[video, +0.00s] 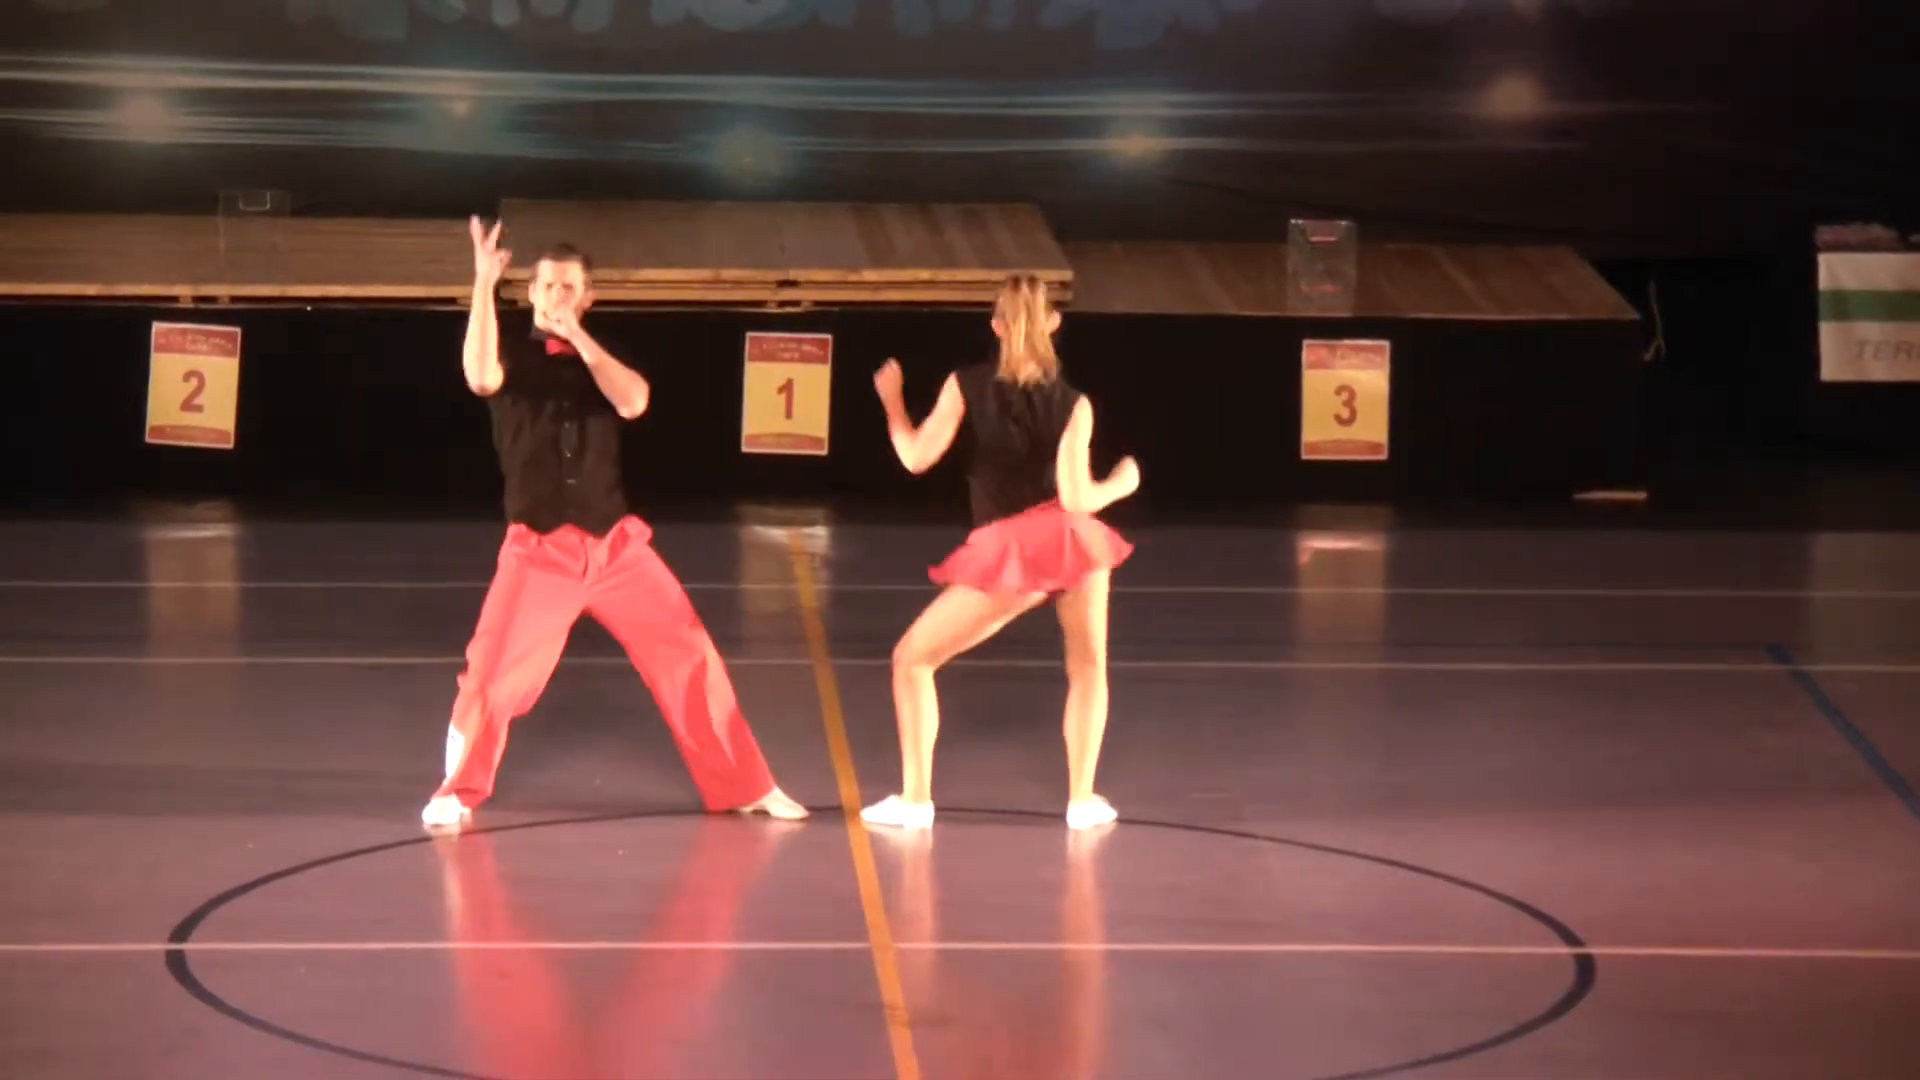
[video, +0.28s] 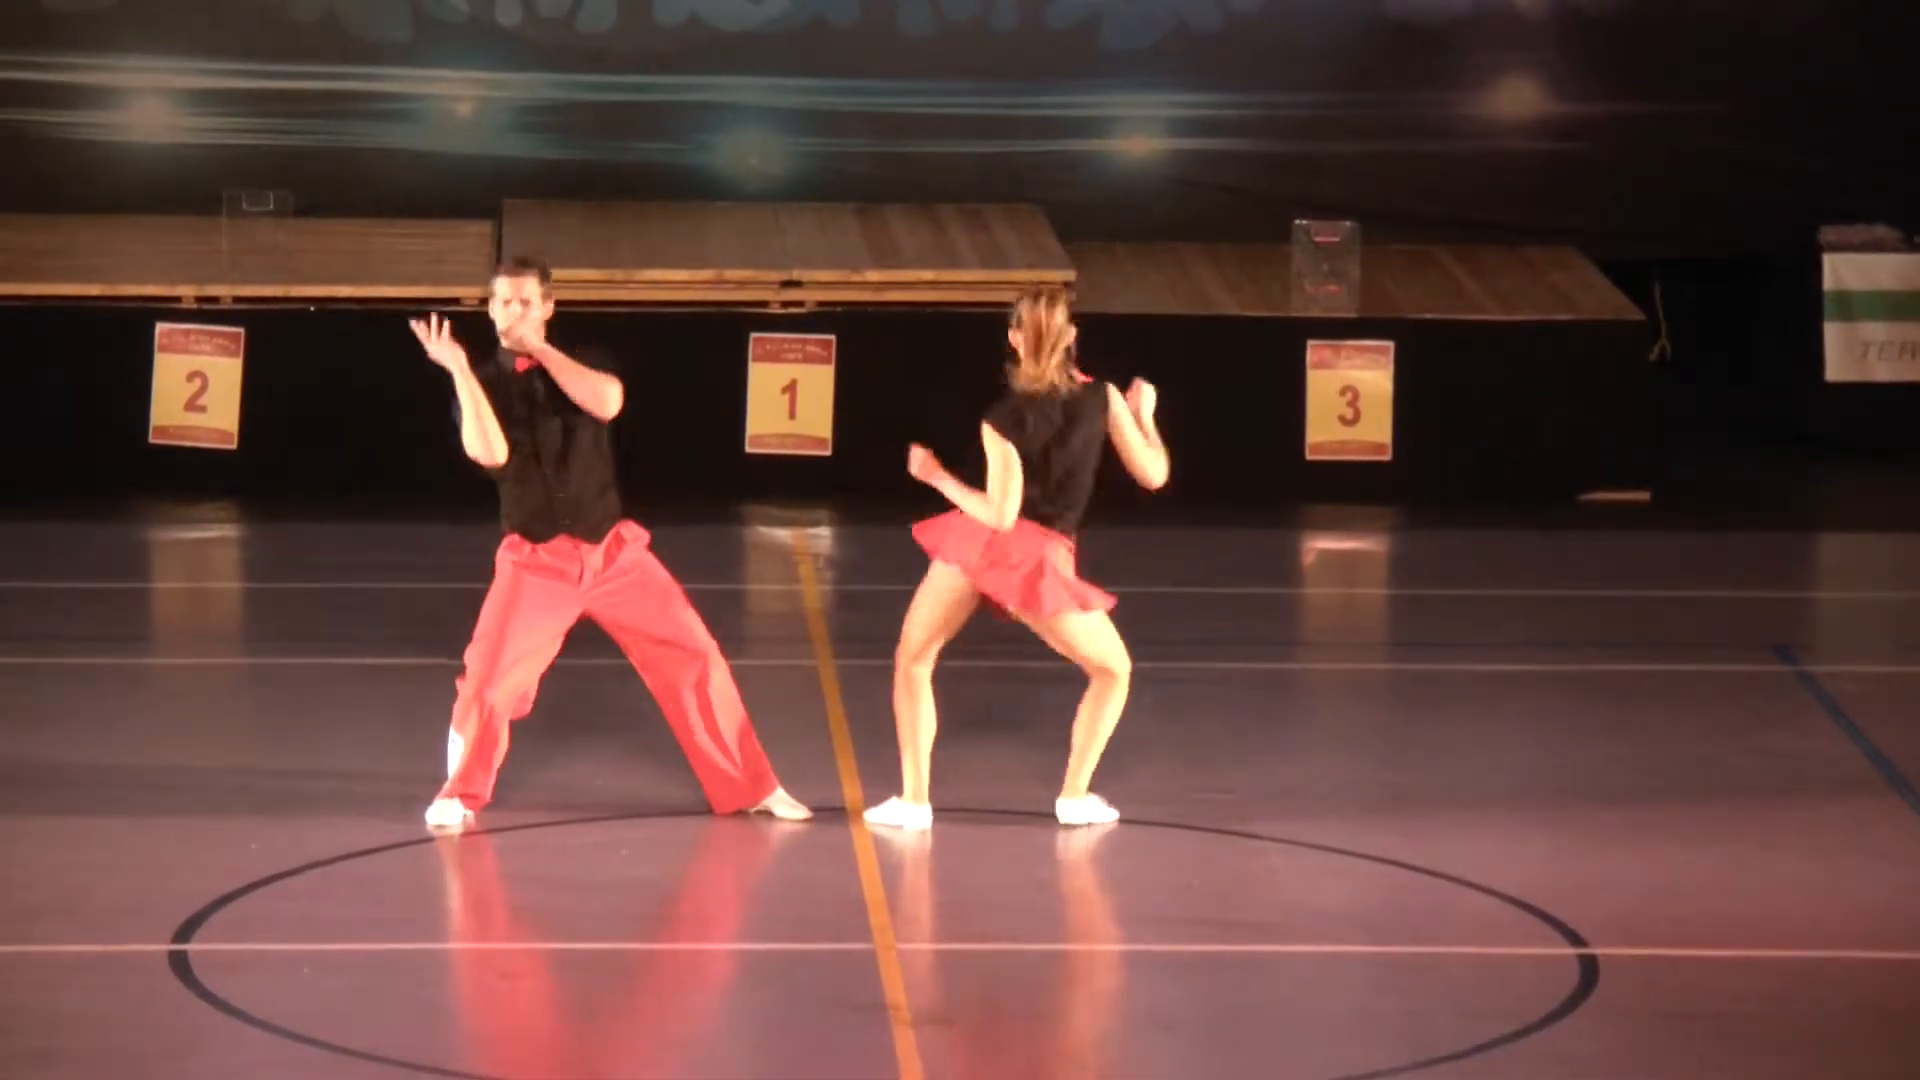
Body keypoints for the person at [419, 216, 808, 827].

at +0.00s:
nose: (558, 295)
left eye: (569, 285)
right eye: (549, 284)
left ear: (586, 296)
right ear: (532, 291)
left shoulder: (600, 358)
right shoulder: (509, 355)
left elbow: (635, 402)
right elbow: (482, 377)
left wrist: (577, 337)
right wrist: (485, 285)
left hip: (618, 547)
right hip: (536, 551)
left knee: (692, 656)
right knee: (489, 673)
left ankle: (748, 786)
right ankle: (456, 796)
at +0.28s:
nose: (512, 312)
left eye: (524, 302)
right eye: (503, 302)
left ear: (548, 308)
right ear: (491, 310)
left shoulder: (585, 362)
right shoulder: (483, 382)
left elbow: (607, 403)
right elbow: (491, 455)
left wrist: (540, 352)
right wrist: (460, 370)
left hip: (615, 552)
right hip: (533, 561)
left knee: (698, 658)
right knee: (488, 683)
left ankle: (754, 788)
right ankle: (458, 798)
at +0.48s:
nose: (541, 322)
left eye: (549, 308)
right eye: (527, 310)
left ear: (563, 311)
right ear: (502, 316)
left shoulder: (596, 371)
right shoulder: (488, 394)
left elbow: (644, 457)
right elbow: (489, 500)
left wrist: (597, 407)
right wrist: (508, 442)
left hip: (620, 551)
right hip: (541, 560)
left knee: (700, 662)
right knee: (507, 686)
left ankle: (766, 790)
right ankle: (465, 799)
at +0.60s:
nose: (620, 345)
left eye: (622, 333)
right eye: (616, 331)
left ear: (580, 331)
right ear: (581, 329)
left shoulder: (589, 395)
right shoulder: (514, 387)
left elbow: (613, 488)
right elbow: (480, 482)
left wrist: (696, 474)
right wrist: (571, 486)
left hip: (628, 553)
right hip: (553, 566)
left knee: (705, 659)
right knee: (525, 694)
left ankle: (766, 789)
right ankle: (469, 800)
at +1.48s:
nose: (607, 309)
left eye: (615, 297)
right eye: (594, 297)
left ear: (628, 304)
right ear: (570, 305)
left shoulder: (656, 375)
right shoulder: (539, 379)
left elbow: (697, 446)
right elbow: (500, 471)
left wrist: (678, 500)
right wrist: (550, 452)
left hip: (655, 561)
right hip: (568, 564)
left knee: (724, 674)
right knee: (519, 679)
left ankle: (776, 799)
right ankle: (470, 799)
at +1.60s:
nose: (615, 286)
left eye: (625, 275)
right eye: (604, 275)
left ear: (643, 283)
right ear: (587, 284)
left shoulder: (661, 361)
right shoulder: (558, 335)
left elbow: (686, 434)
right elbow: (498, 372)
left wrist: (671, 481)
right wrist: (533, 292)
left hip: (648, 537)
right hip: (568, 537)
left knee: (710, 660)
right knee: (529, 666)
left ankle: (763, 791)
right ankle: (470, 795)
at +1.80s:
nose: (621, 295)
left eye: (632, 284)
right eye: (611, 284)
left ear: (652, 297)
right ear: (594, 295)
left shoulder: (667, 375)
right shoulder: (564, 348)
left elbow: (705, 473)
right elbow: (488, 358)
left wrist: (678, 461)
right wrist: (521, 284)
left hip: (651, 553)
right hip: (570, 549)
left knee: (726, 647)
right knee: (525, 666)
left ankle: (733, 786)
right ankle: (453, 795)